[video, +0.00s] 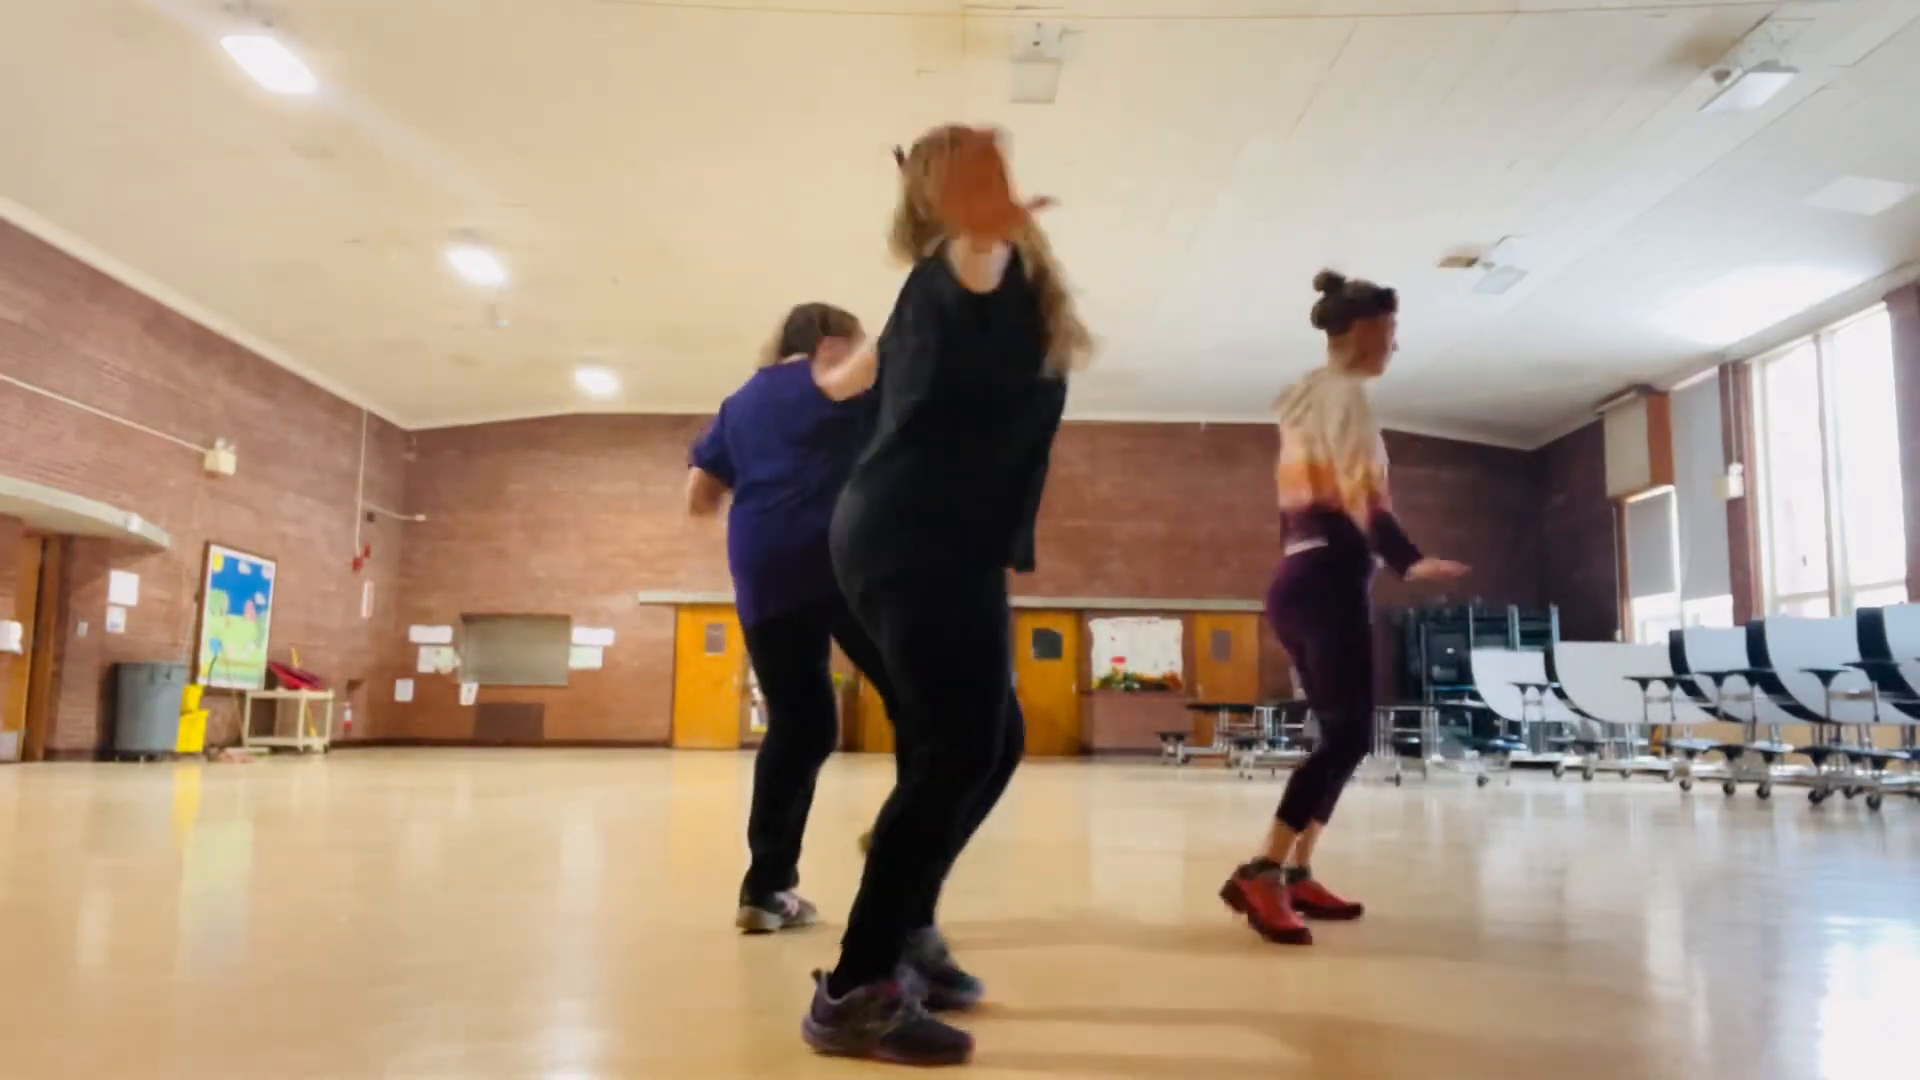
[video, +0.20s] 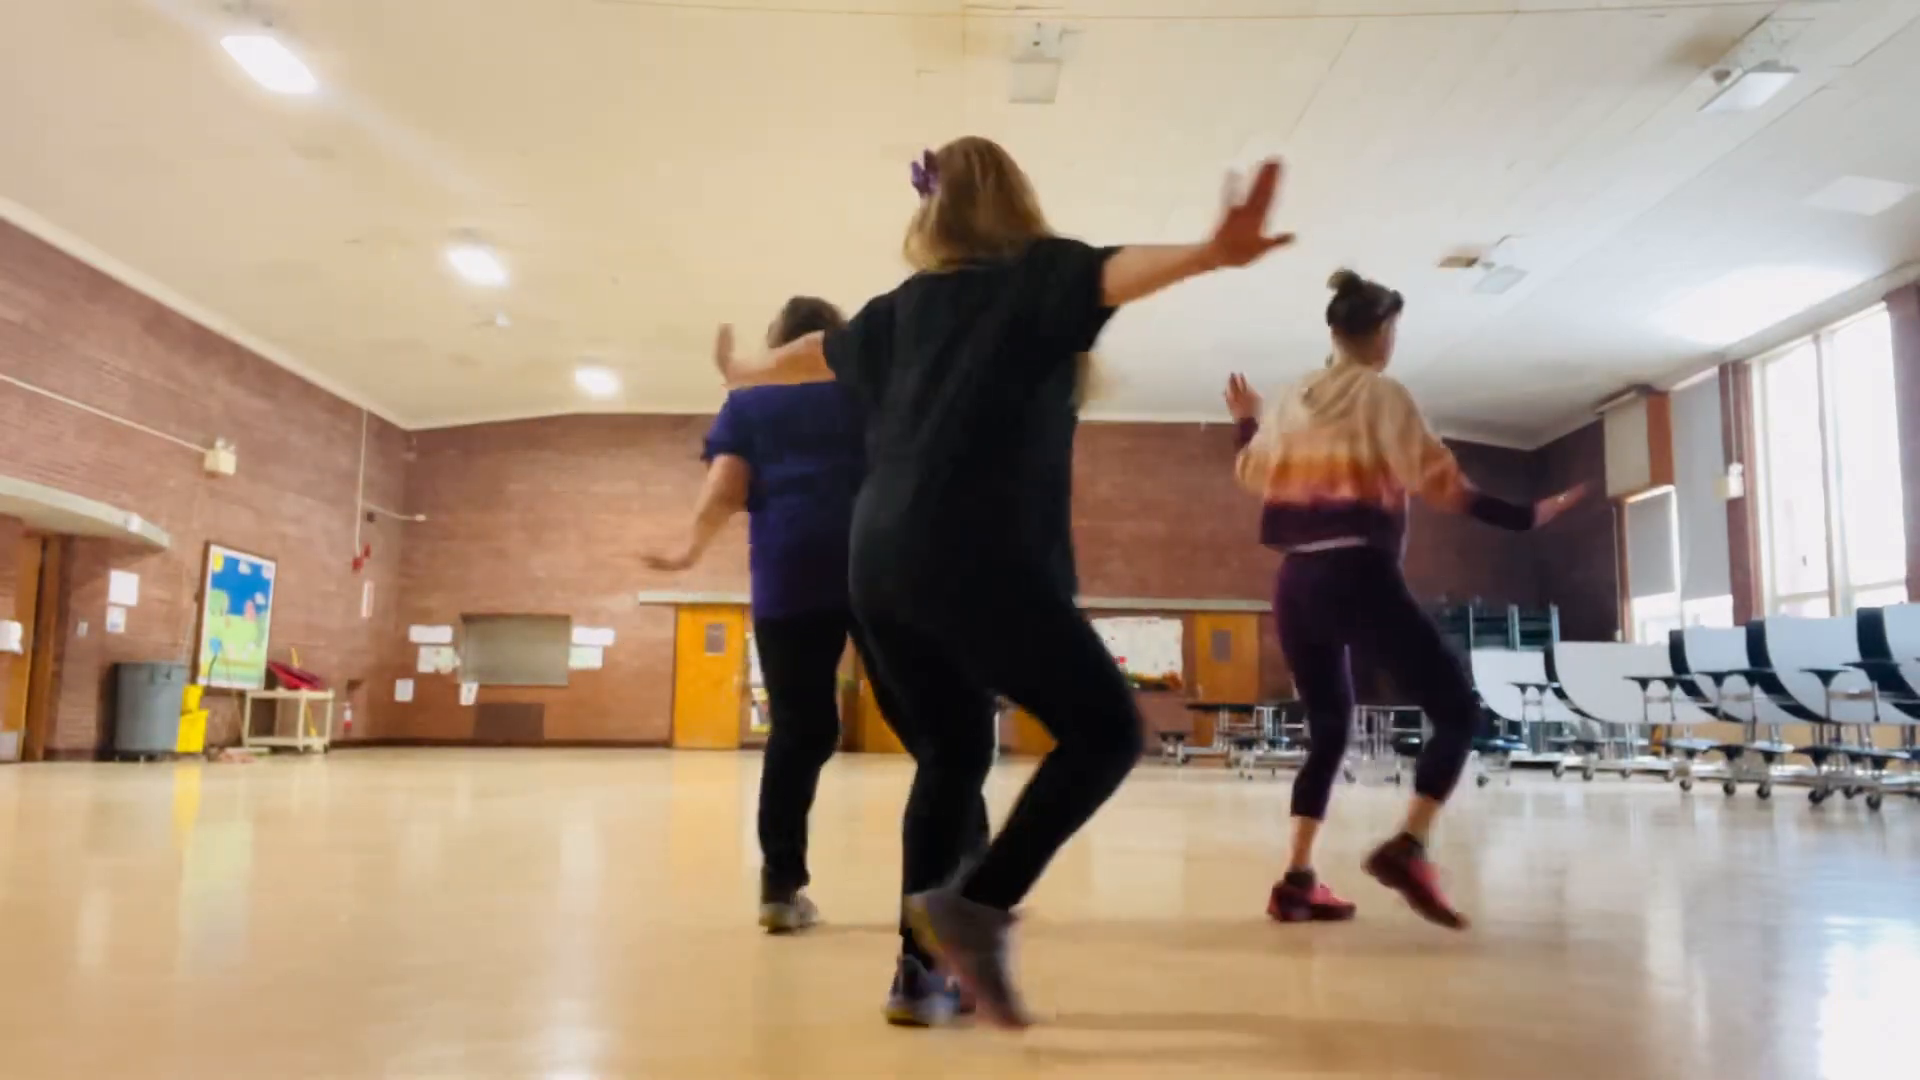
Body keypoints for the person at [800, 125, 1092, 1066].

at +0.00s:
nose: (1002, 178)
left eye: (997, 162)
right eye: (980, 165)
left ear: (1001, 186)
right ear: (944, 194)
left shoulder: (1011, 279)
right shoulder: (943, 282)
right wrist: (977, 259)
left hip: (947, 540)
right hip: (907, 536)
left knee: (990, 737)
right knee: (954, 749)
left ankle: (903, 932)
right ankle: (854, 988)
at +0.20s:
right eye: (1018, 187)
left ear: (932, 217)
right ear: (1019, 202)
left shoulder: (900, 307)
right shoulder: (1043, 273)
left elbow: (814, 356)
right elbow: (1116, 273)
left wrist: (742, 368)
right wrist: (1209, 254)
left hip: (882, 575)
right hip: (983, 567)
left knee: (951, 751)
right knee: (1106, 732)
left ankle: (923, 972)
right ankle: (981, 906)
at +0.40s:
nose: (950, 201)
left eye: (954, 190)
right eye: (965, 187)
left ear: (964, 206)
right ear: (1048, 198)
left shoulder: (921, 293)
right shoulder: (1096, 279)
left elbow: (804, 332)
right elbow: (1210, 296)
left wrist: (690, 344)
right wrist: (1334, 300)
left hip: (937, 557)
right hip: (1062, 557)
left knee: (946, 755)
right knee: (1107, 757)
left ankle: (932, 964)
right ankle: (1137, 972)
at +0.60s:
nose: (961, 224)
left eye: (967, 210)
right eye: (966, 208)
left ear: (994, 211)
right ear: (1057, 214)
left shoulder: (946, 297)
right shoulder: (1120, 309)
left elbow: (810, 309)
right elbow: (1232, 349)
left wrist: (686, 308)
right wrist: (1334, 372)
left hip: (978, 576)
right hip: (1097, 570)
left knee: (980, 760)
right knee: (1116, 743)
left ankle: (1042, 957)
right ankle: (1151, 923)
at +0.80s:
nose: (950, 217)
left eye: (964, 205)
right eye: (954, 205)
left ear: (1016, 215)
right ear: (1034, 221)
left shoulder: (966, 290)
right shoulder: (1087, 316)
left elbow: (883, 287)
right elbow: (1175, 384)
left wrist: (790, 271)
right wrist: (1245, 416)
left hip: (1001, 552)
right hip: (1100, 549)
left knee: (993, 749)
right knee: (1062, 728)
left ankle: (1039, 957)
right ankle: (1122, 905)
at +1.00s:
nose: (966, 202)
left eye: (983, 192)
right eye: (968, 190)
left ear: (1025, 218)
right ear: (995, 217)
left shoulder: (1014, 289)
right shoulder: (1011, 298)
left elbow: (1000, 281)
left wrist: (980, 253)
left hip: (1046, 546)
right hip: (1058, 545)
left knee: (954, 735)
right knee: (1047, 736)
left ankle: (1040, 932)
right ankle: (1124, 926)